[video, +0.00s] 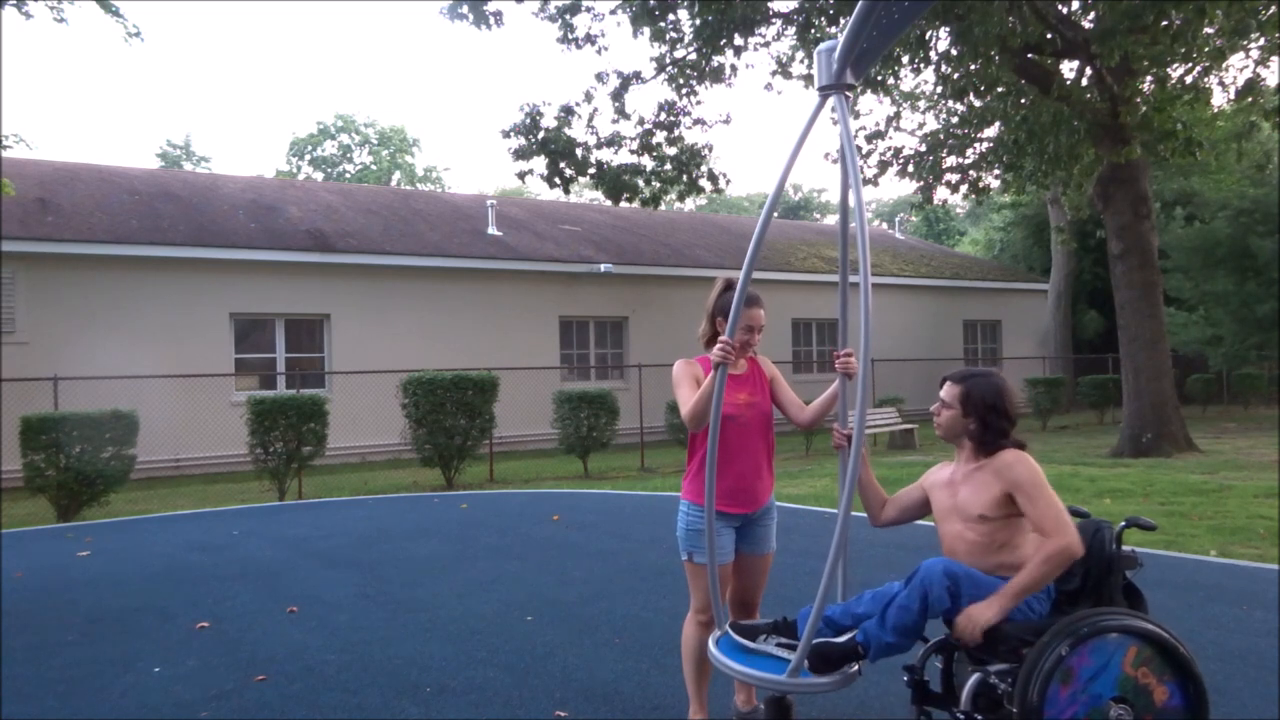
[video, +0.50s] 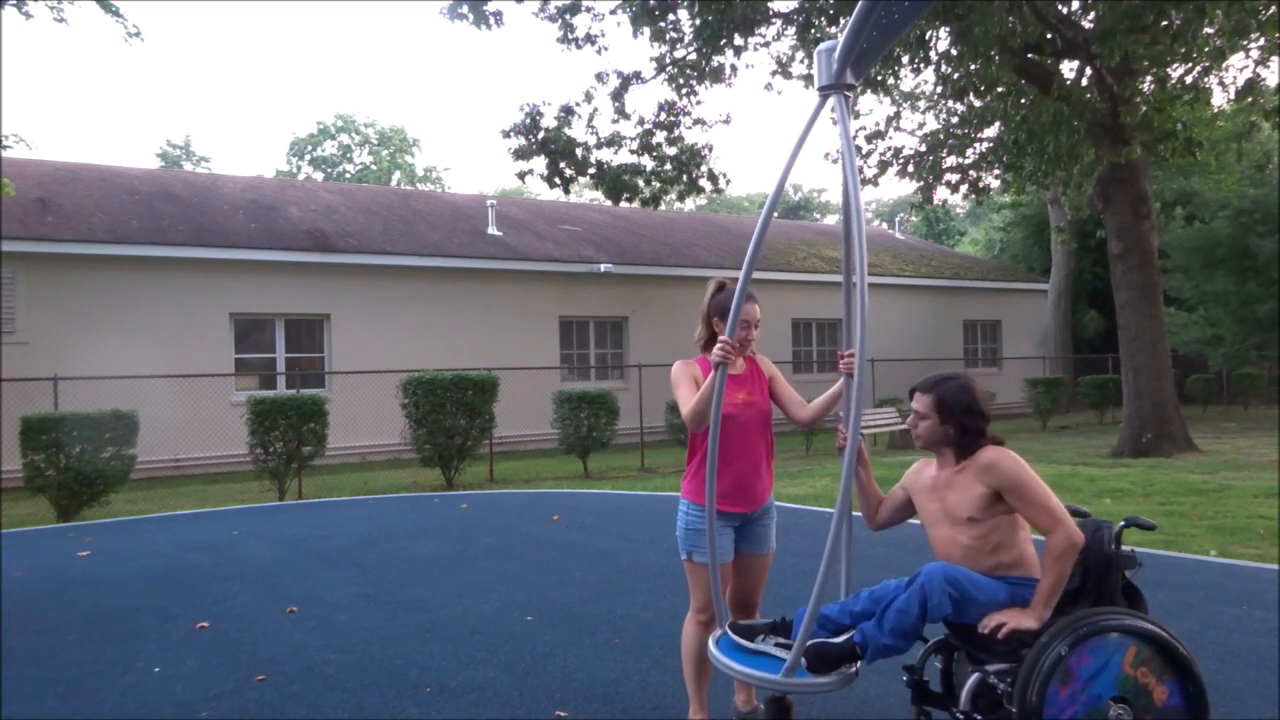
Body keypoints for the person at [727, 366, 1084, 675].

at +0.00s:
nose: (933, 410)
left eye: (944, 405)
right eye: (937, 402)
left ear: (974, 417)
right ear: (958, 416)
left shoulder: (1012, 465)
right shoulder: (940, 476)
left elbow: (1066, 544)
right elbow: (881, 513)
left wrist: (995, 605)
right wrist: (856, 454)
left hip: (1021, 598)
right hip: (967, 594)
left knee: (937, 572)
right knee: (896, 594)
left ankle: (855, 648)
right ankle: (796, 630)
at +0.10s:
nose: (928, 411)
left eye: (938, 406)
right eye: (931, 403)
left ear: (967, 419)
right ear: (954, 419)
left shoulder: (1009, 464)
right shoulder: (934, 476)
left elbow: (1075, 536)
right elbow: (879, 517)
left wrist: (1024, 603)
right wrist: (856, 457)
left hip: (1019, 598)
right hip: (963, 595)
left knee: (937, 572)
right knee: (894, 593)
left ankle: (856, 647)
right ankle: (791, 629)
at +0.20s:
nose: (923, 413)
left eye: (932, 407)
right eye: (926, 405)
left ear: (962, 420)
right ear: (952, 421)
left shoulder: (1006, 463)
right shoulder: (930, 476)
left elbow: (1077, 534)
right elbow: (878, 517)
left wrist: (1037, 607)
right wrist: (856, 457)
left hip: (1017, 594)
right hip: (962, 593)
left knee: (936, 575)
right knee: (890, 594)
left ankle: (854, 647)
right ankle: (789, 629)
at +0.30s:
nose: (918, 415)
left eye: (927, 410)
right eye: (921, 407)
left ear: (957, 421)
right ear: (948, 421)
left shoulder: (1002, 463)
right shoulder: (926, 477)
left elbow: (1074, 533)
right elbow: (875, 518)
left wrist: (1034, 606)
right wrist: (857, 458)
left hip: (1015, 593)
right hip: (960, 593)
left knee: (937, 575)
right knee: (889, 593)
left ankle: (854, 647)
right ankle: (789, 630)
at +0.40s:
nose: (914, 418)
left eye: (923, 412)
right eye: (916, 410)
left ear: (954, 421)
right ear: (945, 422)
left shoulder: (999, 463)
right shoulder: (923, 476)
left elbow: (1072, 534)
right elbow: (875, 518)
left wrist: (1033, 607)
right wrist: (858, 460)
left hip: (1014, 593)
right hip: (959, 592)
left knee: (936, 575)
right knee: (888, 593)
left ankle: (854, 647)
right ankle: (789, 629)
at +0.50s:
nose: (910, 424)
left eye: (919, 417)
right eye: (910, 415)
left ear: (952, 423)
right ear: (942, 423)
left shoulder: (995, 463)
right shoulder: (919, 473)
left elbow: (1067, 537)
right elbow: (877, 517)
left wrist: (1036, 613)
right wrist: (860, 462)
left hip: (1016, 596)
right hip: (961, 593)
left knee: (937, 576)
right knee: (888, 593)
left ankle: (854, 647)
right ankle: (787, 630)